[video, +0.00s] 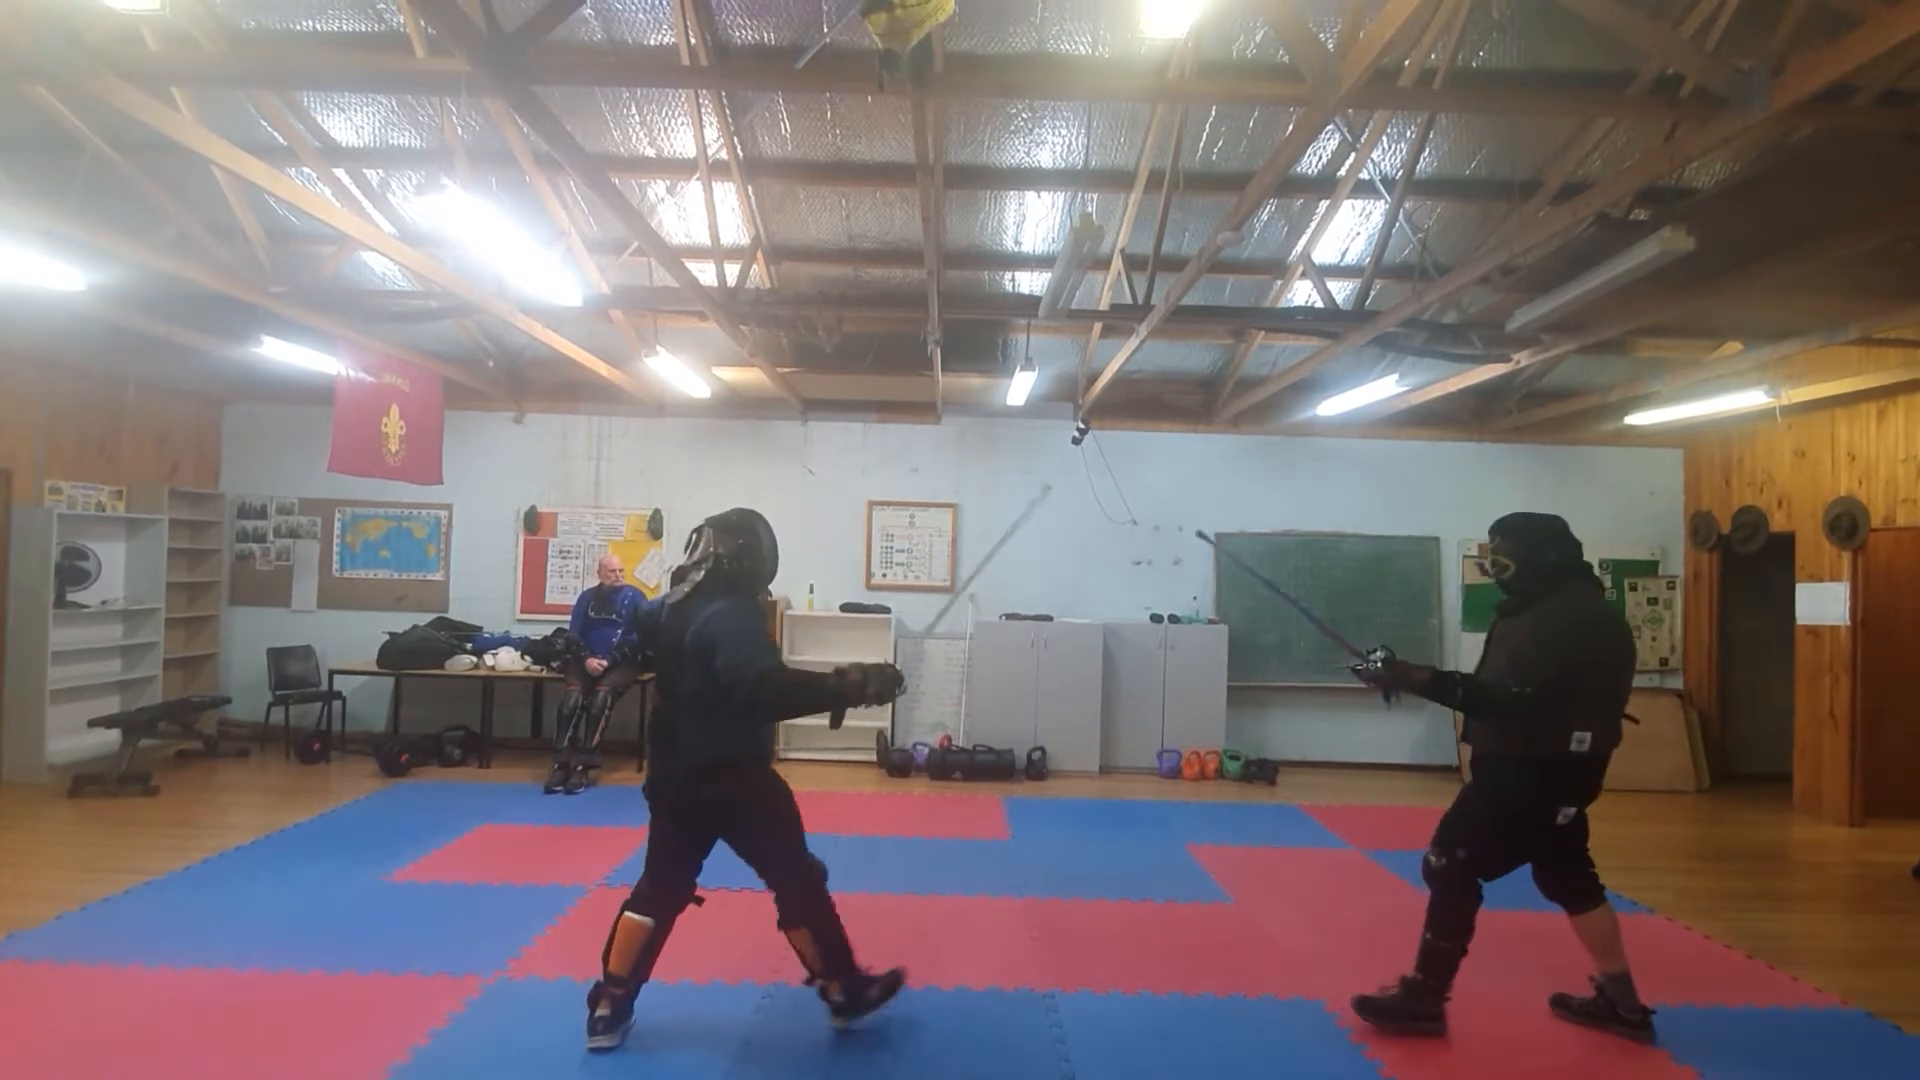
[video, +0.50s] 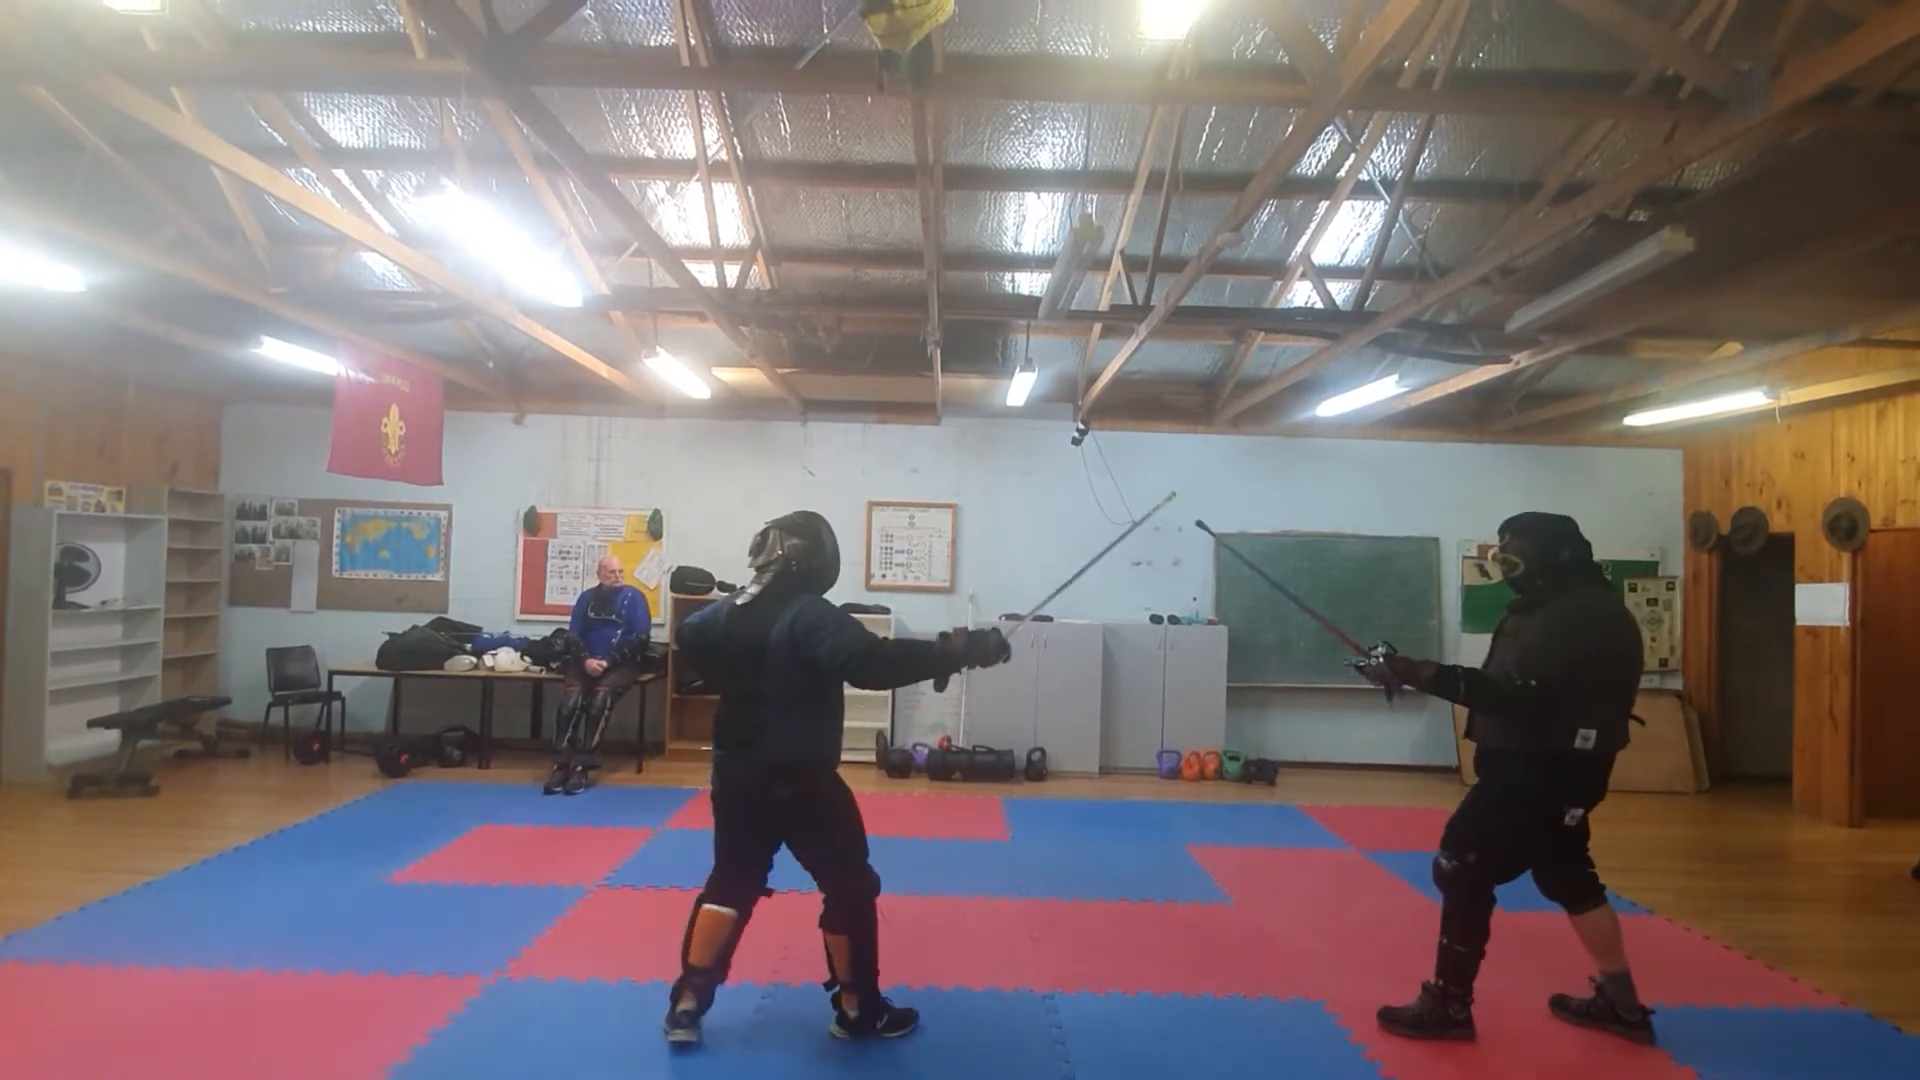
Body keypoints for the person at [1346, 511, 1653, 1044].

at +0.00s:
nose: (1494, 572)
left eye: (1503, 560)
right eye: (1493, 560)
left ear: (1538, 561)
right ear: (1555, 560)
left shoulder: (1540, 621)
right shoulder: (1600, 617)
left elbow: (1510, 701)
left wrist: (1421, 681)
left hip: (1520, 777)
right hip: (1568, 777)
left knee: (1453, 866)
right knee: (1572, 880)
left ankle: (1424, 997)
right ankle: (1621, 1000)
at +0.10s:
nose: (1505, 570)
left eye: (1514, 559)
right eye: (1503, 559)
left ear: (1550, 560)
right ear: (1566, 560)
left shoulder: (1546, 620)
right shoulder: (1608, 615)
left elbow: (1514, 698)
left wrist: (1429, 680)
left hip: (1526, 774)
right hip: (1575, 775)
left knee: (1467, 869)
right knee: (1572, 878)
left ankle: (1449, 1001)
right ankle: (1622, 999)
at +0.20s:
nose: (1511, 570)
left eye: (1520, 559)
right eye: (1509, 559)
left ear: (1557, 559)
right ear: (1566, 560)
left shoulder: (1573, 619)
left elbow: (1522, 699)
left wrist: (1431, 679)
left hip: (1533, 774)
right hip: (1571, 774)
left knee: (1471, 869)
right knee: (1573, 878)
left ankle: (1450, 1001)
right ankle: (1621, 1000)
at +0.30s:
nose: (1512, 570)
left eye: (1521, 559)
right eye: (1510, 559)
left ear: (1559, 558)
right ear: (1565, 560)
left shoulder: (1581, 618)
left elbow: (1525, 698)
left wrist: (1432, 679)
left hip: (1534, 774)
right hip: (1569, 773)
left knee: (1473, 871)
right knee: (1572, 877)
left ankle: (1450, 1001)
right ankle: (1621, 1000)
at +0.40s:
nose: (1511, 569)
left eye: (1521, 558)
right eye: (1509, 558)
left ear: (1559, 558)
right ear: (1562, 560)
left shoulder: (1583, 617)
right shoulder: (1542, 610)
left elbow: (1526, 697)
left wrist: (1434, 677)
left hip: (1536, 774)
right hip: (1567, 774)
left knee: (1473, 872)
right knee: (1573, 878)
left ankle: (1450, 1001)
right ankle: (1621, 1000)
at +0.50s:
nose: (1507, 570)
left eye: (1516, 559)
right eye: (1504, 560)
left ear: (1553, 558)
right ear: (1557, 560)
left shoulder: (1580, 617)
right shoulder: (1541, 611)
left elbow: (1524, 699)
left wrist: (1429, 675)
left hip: (1533, 774)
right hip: (1567, 774)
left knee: (1464, 864)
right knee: (1571, 879)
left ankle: (1449, 1001)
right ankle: (1621, 1001)